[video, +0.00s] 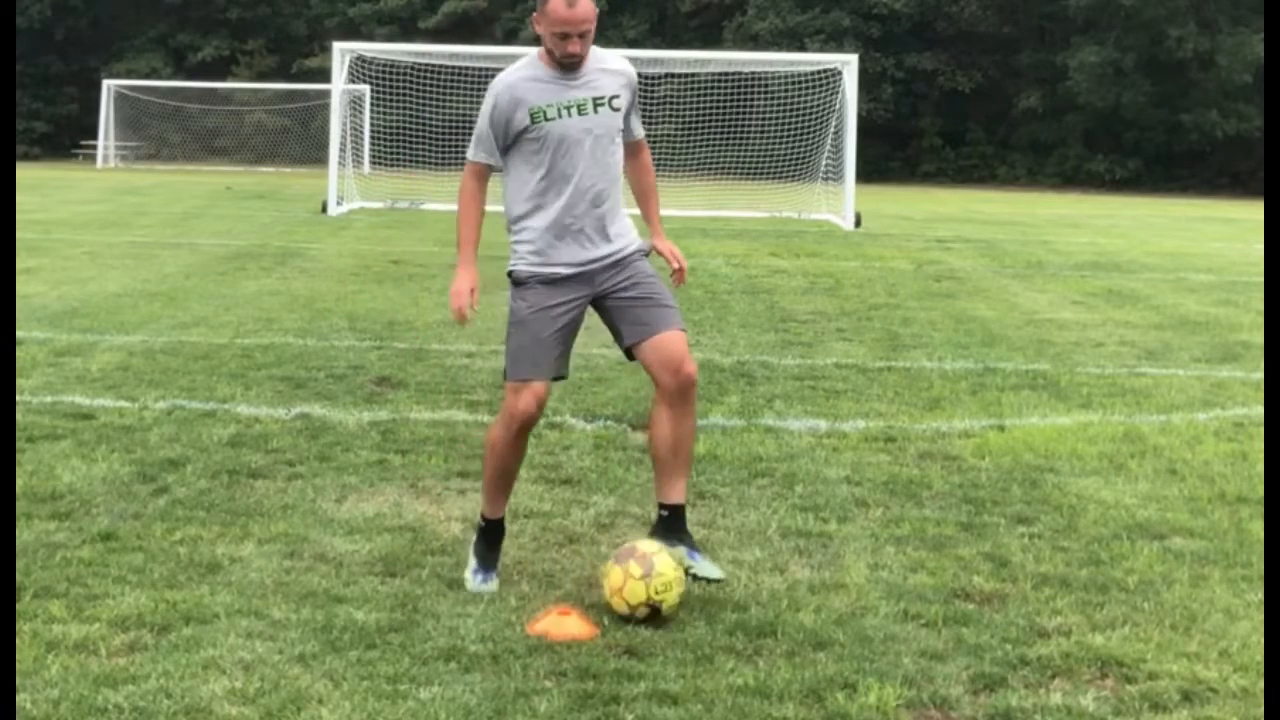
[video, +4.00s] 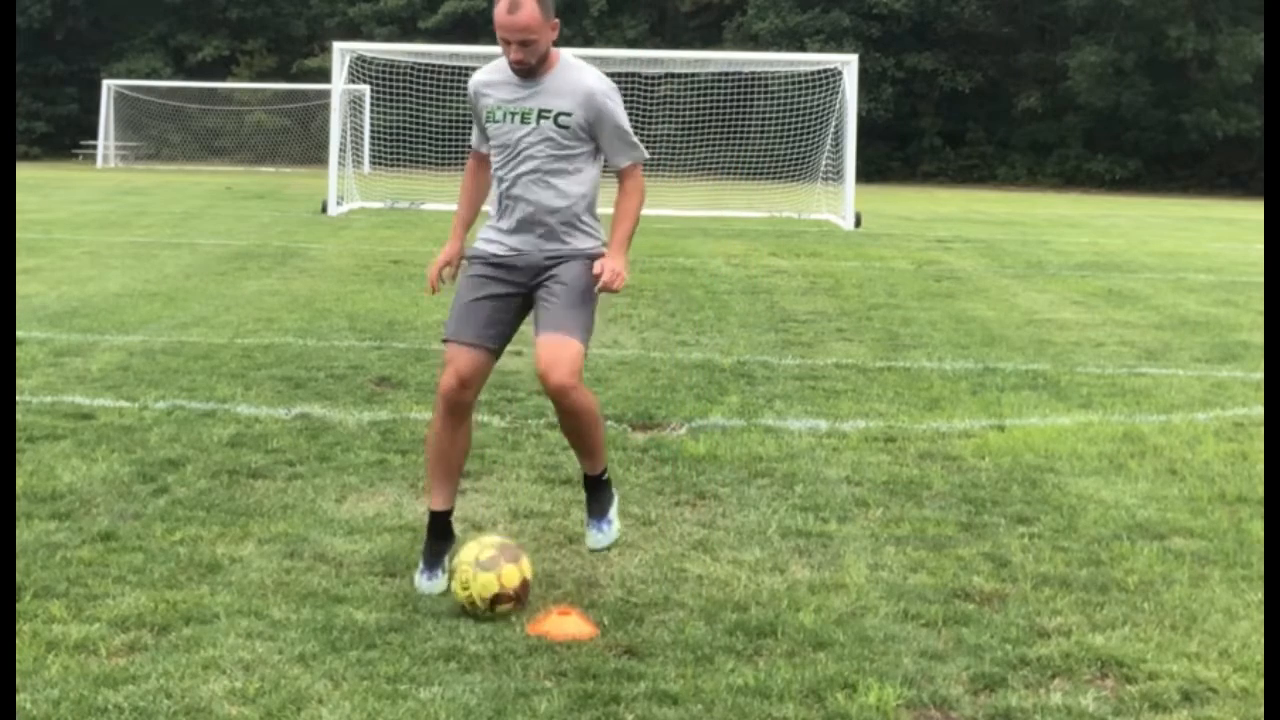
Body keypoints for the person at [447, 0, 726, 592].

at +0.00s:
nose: (574, 47)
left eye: (583, 35)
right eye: (562, 35)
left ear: (596, 23)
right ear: (537, 26)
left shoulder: (619, 76)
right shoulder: (510, 89)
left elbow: (635, 149)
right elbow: (474, 176)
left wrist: (655, 231)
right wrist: (466, 265)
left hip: (620, 258)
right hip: (544, 272)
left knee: (680, 375)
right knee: (524, 406)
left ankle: (671, 530)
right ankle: (489, 536)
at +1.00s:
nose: (653, 82)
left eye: (665, 70)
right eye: (642, 69)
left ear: (680, 62)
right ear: (620, 57)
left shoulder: (703, 116)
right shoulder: (589, 121)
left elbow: (735, 201)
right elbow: (557, 207)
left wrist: (745, 278)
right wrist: (541, 298)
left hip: (677, 284)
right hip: (606, 275)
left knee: (701, 417)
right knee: (636, 361)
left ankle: (677, 562)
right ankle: (643, 524)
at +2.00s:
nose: (665, 75)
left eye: (678, 63)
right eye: (654, 61)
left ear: (696, 51)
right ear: (635, 46)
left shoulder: (719, 115)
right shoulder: (602, 107)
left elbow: (751, 195)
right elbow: (564, 182)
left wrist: (751, 272)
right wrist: (544, 266)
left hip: (687, 284)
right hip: (613, 279)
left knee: (697, 422)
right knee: (632, 393)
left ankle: (697, 551)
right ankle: (662, 526)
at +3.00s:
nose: (614, 53)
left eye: (626, 44)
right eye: (605, 41)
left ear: (657, 31)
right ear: (597, 27)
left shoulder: (692, 93)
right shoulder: (577, 84)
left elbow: (727, 170)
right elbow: (551, 167)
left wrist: (705, 244)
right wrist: (518, 246)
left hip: (650, 266)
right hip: (572, 254)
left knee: (653, 411)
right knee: (503, 371)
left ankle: (650, 557)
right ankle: (477, 501)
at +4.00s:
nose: (514, 53)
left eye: (525, 43)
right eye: (504, 41)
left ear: (555, 29)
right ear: (495, 29)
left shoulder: (592, 90)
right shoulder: (485, 84)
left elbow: (631, 172)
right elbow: (480, 160)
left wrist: (617, 250)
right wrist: (457, 238)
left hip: (571, 255)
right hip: (498, 251)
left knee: (559, 379)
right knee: (455, 385)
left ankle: (598, 490)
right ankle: (438, 532)